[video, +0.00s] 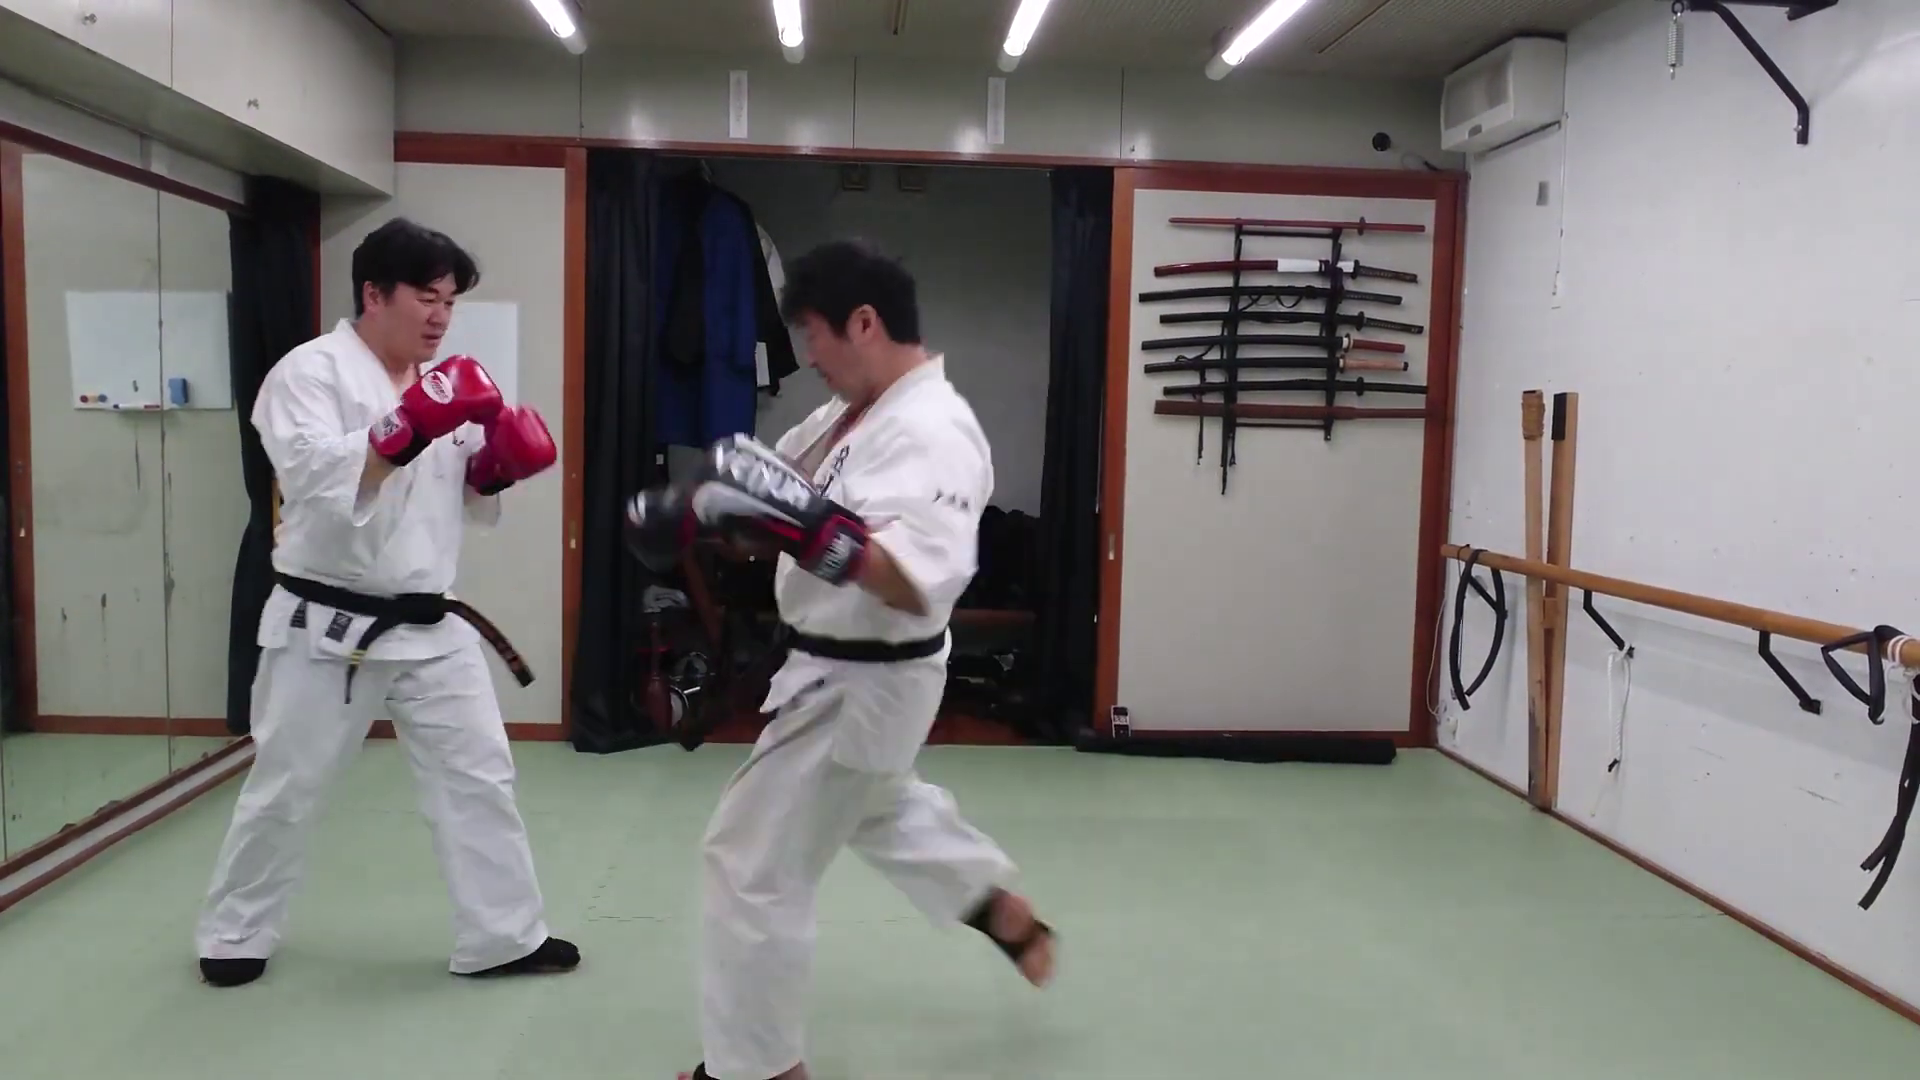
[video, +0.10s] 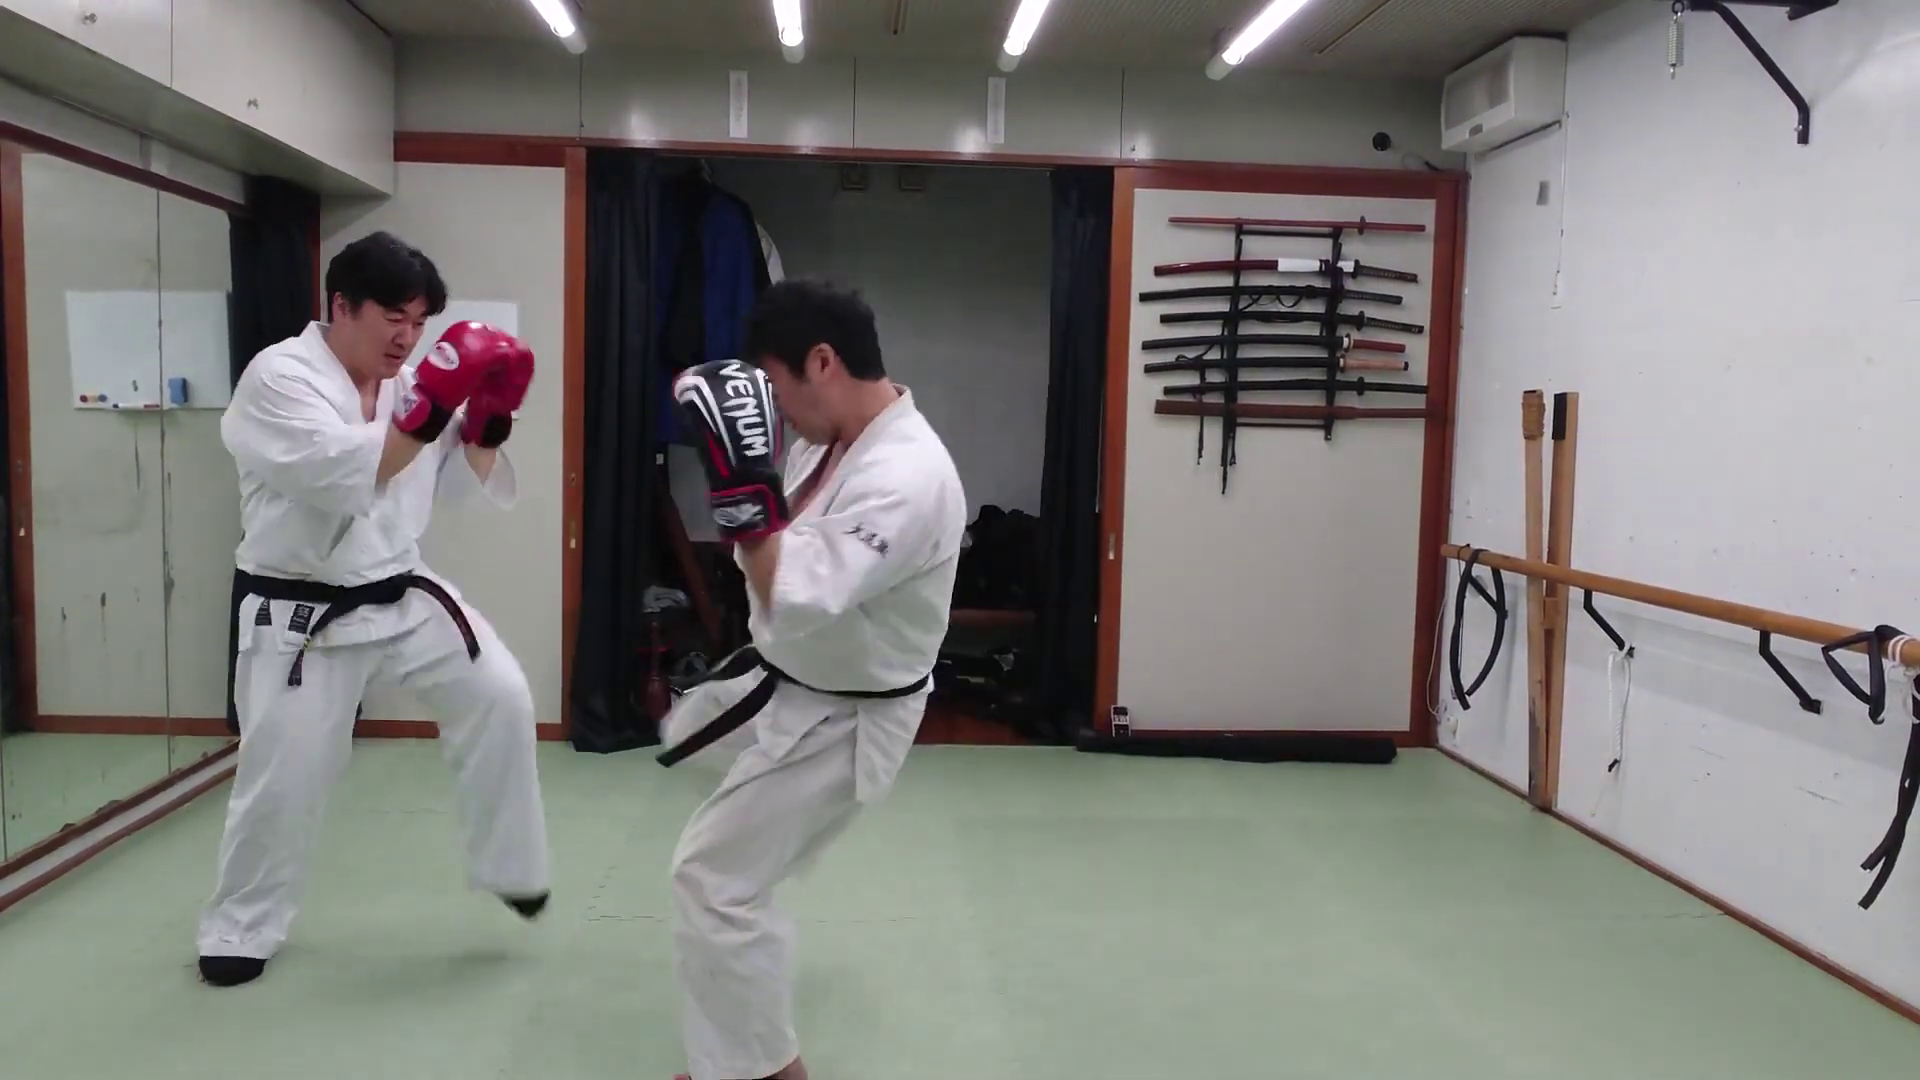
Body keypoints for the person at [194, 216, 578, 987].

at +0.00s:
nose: (442, 315)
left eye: (449, 302)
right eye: (427, 298)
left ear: (454, 304)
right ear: (373, 294)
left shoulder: (453, 382)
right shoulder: (304, 374)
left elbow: (472, 496)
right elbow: (315, 481)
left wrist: (498, 466)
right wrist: (400, 437)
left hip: (430, 623)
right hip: (321, 620)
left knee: (480, 777)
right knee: (285, 790)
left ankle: (499, 937)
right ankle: (235, 934)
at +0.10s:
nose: (405, 334)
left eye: (416, 320)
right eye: (391, 315)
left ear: (424, 324)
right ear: (339, 307)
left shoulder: (411, 388)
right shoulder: (277, 377)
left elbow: (456, 485)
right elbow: (343, 478)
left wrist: (487, 424)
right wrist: (424, 413)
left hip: (400, 598)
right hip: (296, 612)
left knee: (499, 693)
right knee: (280, 780)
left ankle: (511, 864)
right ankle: (240, 930)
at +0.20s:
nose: (391, 337)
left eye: (402, 321)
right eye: (377, 319)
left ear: (410, 319)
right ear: (327, 311)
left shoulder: (400, 373)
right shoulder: (270, 378)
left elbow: (459, 468)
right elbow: (349, 470)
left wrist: (470, 404)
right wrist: (447, 419)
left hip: (392, 578)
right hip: (298, 608)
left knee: (506, 600)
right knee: (283, 773)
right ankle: (244, 932)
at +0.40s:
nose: (391, 320)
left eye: (403, 306)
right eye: (375, 303)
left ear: (412, 308)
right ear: (326, 298)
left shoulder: (405, 383)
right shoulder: (261, 381)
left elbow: (441, 501)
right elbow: (292, 507)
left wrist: (471, 452)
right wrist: (388, 461)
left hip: (411, 566)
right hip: (303, 599)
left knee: (523, 614)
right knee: (281, 771)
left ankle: (490, 761)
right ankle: (247, 931)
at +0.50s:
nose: (405, 314)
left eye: (415, 300)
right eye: (388, 297)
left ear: (423, 302)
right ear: (335, 293)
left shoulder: (421, 382)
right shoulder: (265, 377)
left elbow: (442, 489)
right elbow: (255, 495)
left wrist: (475, 470)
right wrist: (347, 467)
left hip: (419, 588)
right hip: (310, 607)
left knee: (527, 689)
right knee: (289, 771)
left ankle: (566, 840)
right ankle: (245, 929)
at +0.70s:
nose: (472, 327)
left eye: (482, 314)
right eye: (455, 311)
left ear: (492, 320)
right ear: (410, 313)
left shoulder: (507, 410)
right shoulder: (334, 397)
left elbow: (547, 487)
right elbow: (283, 498)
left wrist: (554, 517)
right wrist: (365, 502)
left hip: (481, 627)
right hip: (369, 629)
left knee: (539, 766)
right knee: (316, 781)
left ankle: (588, 897)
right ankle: (249, 929)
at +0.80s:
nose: (521, 331)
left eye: (532, 318)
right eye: (505, 314)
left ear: (541, 325)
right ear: (462, 315)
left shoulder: (549, 413)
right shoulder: (389, 391)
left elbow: (598, 522)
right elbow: (333, 484)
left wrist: (603, 501)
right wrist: (409, 505)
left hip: (506, 625)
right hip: (399, 622)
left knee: (562, 755)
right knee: (345, 767)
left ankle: (589, 897)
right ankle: (264, 921)